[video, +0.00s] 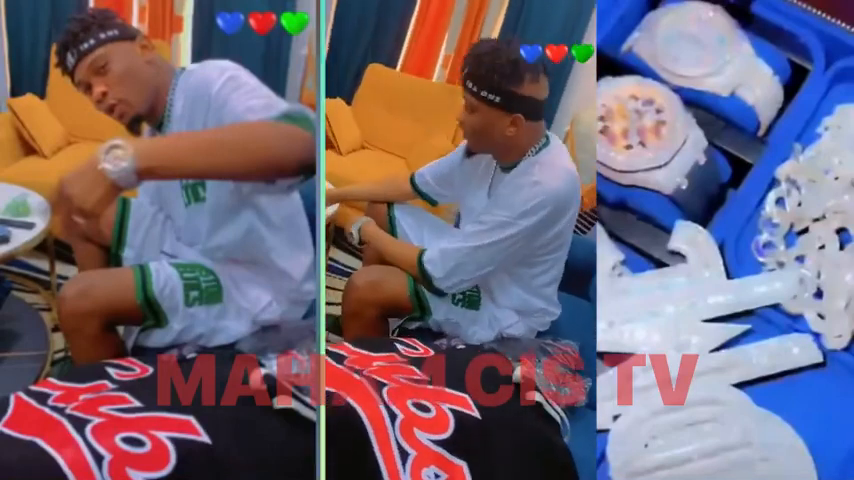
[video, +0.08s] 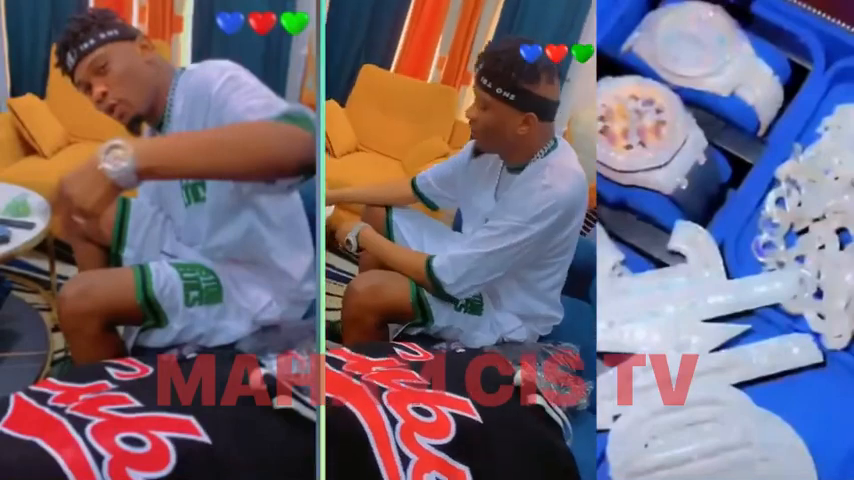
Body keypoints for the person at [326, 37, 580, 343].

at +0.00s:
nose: (460, 117)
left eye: (470, 110)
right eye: (464, 106)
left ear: (513, 126)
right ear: (513, 126)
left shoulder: (547, 187)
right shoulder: (498, 143)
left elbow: (440, 271)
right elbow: (415, 184)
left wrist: (361, 226)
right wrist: (339, 192)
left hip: (505, 307)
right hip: (476, 259)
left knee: (366, 286)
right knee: (380, 210)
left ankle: (359, 393)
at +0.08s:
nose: (469, 113)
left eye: (482, 107)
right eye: (475, 102)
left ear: (525, 124)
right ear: (524, 125)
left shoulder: (555, 190)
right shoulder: (498, 145)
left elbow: (447, 278)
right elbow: (414, 189)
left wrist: (359, 232)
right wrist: (334, 194)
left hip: (507, 310)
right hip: (476, 263)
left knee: (366, 293)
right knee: (378, 216)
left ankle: (358, 397)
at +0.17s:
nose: (472, 114)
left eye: (487, 106)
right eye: (477, 101)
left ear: (531, 125)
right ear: (531, 125)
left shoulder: (557, 193)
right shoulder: (497, 150)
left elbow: (450, 285)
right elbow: (413, 197)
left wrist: (355, 241)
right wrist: (330, 195)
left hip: (505, 317)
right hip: (473, 267)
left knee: (363, 300)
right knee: (372, 219)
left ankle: (355, 404)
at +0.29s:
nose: (472, 114)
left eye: (491, 104)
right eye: (473, 100)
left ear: (537, 117)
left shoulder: (551, 195)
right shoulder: (483, 160)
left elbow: (453, 300)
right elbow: (419, 213)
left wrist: (351, 268)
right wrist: (339, 207)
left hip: (496, 331)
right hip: (458, 275)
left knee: (350, 318)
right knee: (352, 231)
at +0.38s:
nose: (474, 115)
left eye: (492, 101)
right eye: (468, 100)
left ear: (535, 107)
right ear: (462, 103)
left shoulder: (548, 188)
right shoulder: (479, 159)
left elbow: (452, 300)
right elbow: (423, 220)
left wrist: (344, 275)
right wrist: (347, 223)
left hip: (494, 332)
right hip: (457, 278)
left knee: (342, 325)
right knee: (353, 239)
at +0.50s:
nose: (468, 115)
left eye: (484, 98)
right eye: (459, 102)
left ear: (524, 100)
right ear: (450, 106)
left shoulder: (544, 179)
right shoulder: (468, 164)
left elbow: (452, 298)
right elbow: (415, 221)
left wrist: (345, 285)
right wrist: (349, 235)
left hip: (496, 334)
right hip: (454, 285)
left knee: (335, 329)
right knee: (346, 239)